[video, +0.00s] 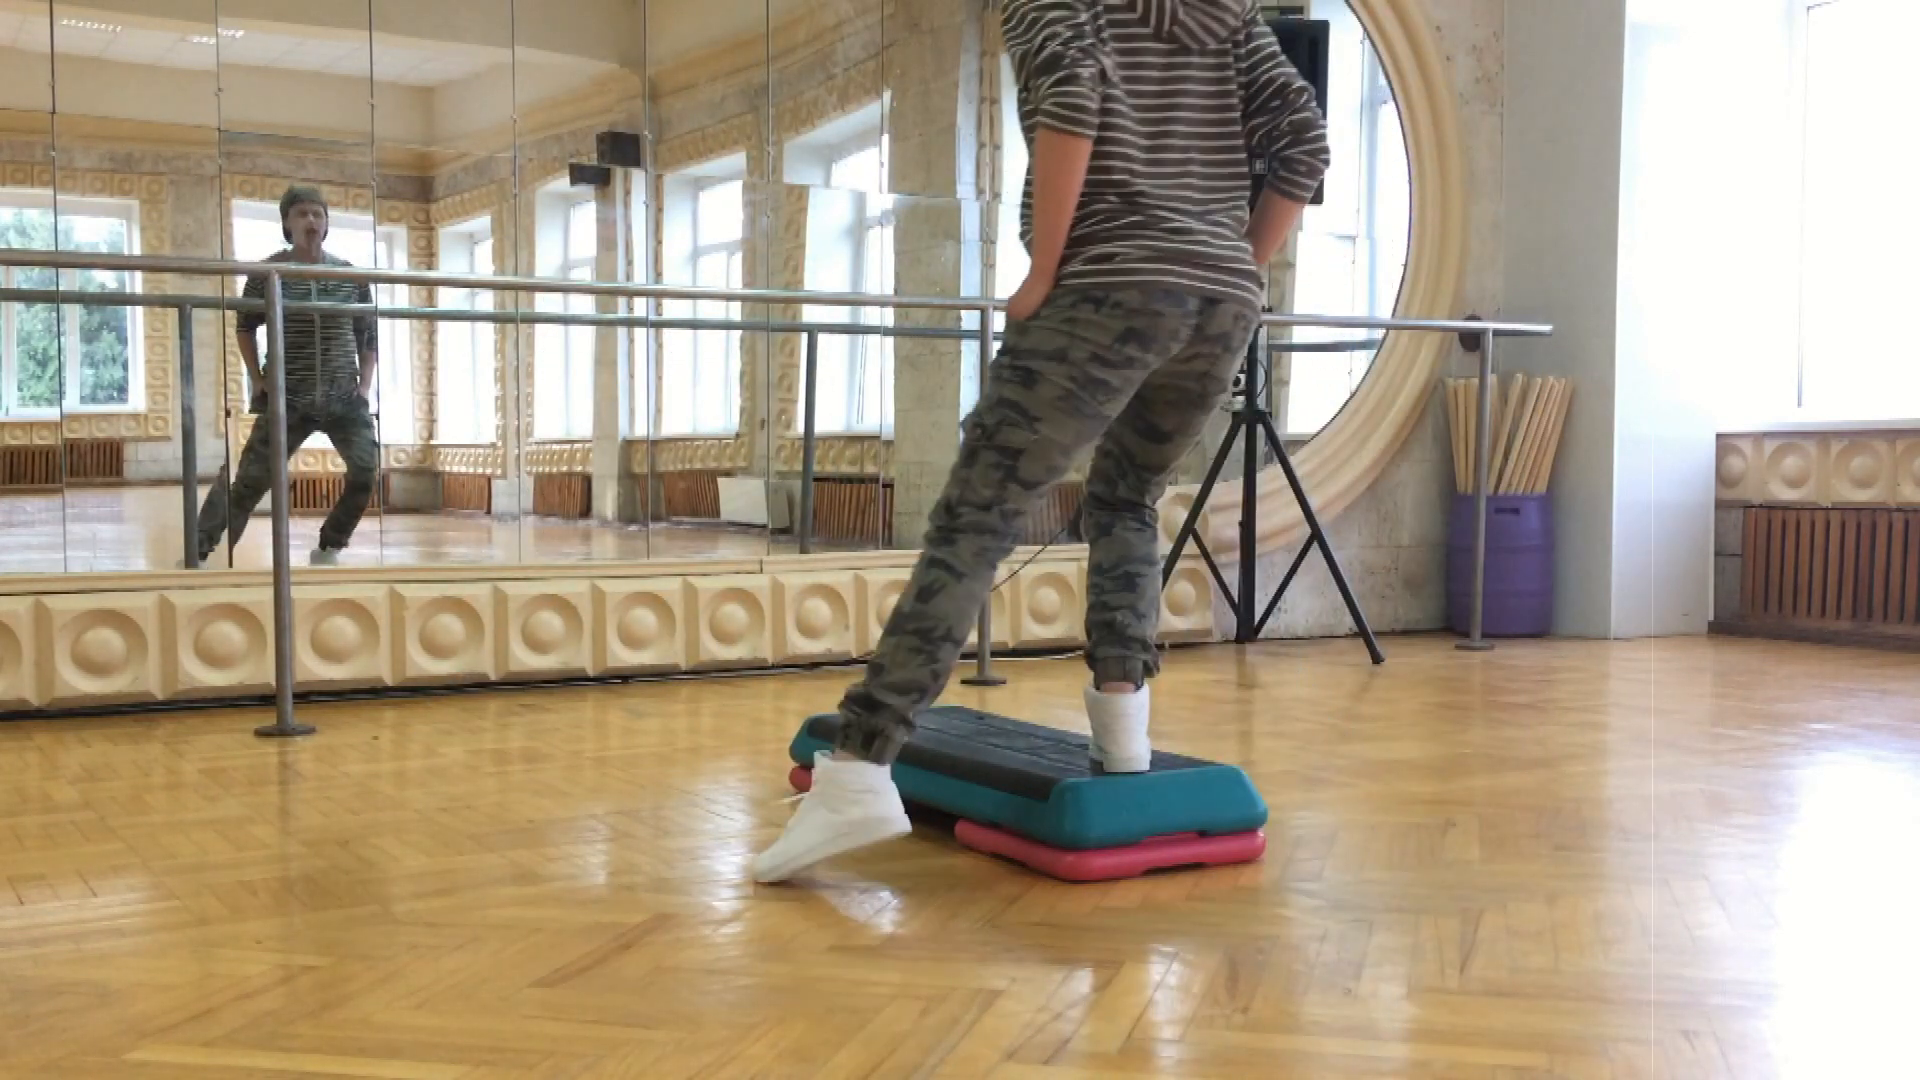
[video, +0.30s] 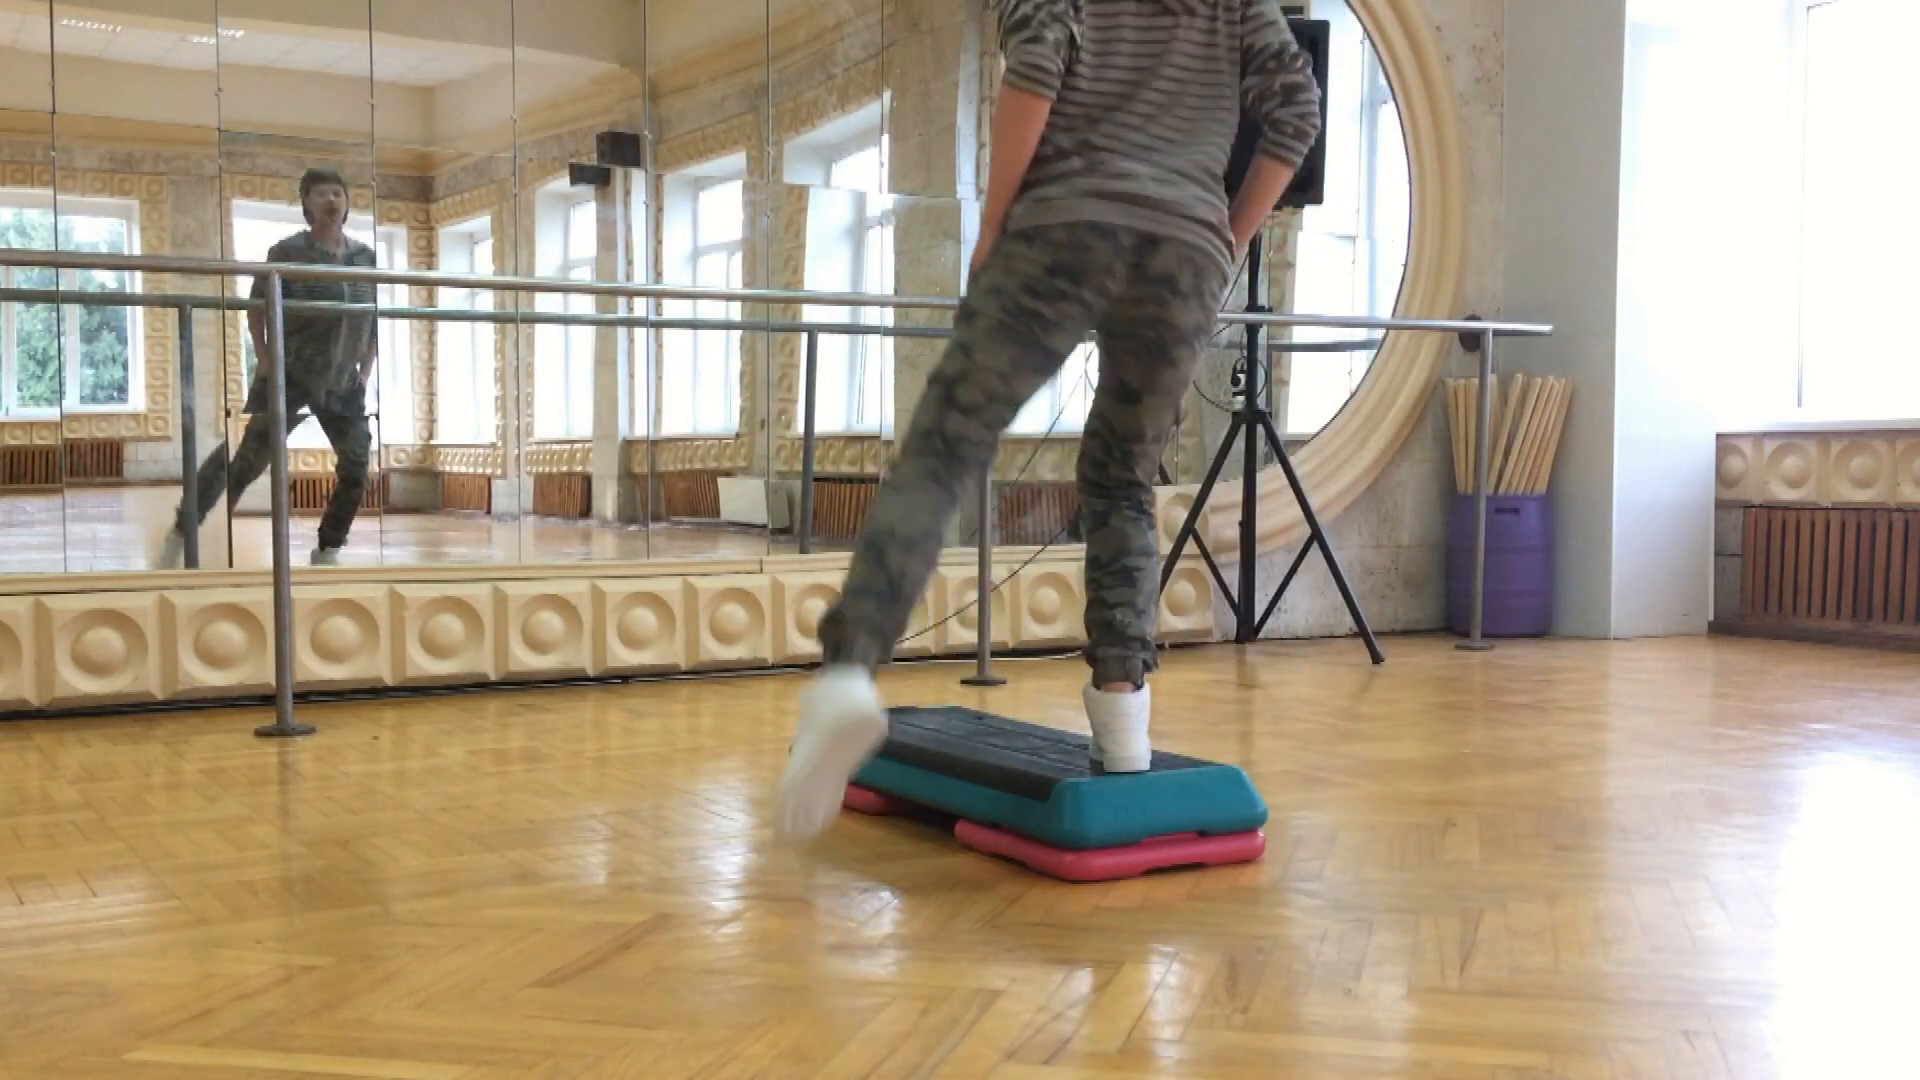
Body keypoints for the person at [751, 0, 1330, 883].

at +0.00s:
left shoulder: (1047, 6)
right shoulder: (1227, 10)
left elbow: (1071, 97)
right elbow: (1303, 142)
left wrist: (1042, 268)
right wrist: (1240, 268)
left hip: (1117, 272)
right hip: (1228, 289)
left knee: (977, 515)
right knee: (1126, 498)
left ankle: (857, 769)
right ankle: (1124, 743)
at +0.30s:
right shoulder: (1241, 6)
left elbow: (1038, 67)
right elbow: (1295, 111)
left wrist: (992, 226)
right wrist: (1231, 238)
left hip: (1070, 216)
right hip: (1192, 245)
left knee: (943, 447)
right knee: (1122, 482)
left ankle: (849, 671)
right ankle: (1122, 720)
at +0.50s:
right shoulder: (1255, 2)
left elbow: (1007, 37)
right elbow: (1298, 55)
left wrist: (982, 188)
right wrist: (1236, 205)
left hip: (1042, 159)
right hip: (1171, 186)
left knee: (918, 384)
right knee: (1149, 460)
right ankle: (1086, 702)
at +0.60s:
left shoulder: (1040, 2)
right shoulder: (1248, 4)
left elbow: (1006, 95)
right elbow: (1287, 97)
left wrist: (981, 228)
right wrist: (1230, 249)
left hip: (1038, 198)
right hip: (1168, 223)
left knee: (902, 408)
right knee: (1157, 486)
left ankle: (778, 307)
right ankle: (1082, 710)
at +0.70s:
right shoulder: (1253, 2)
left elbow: (1010, 92)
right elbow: (1284, 97)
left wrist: (984, 220)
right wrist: (1231, 242)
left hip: (1035, 199)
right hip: (1163, 222)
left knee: (903, 415)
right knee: (1160, 488)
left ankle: (769, 315)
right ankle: (1083, 711)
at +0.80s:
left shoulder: (1037, 0)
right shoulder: (1247, 4)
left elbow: (1005, 87)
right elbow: (1279, 93)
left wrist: (983, 224)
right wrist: (1231, 238)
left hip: (1034, 197)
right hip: (1163, 220)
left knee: (904, 416)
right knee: (1158, 491)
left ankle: (776, 345)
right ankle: (1083, 712)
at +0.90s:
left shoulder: (1029, 1)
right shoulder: (1235, 2)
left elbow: (997, 97)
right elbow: (1273, 90)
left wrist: (980, 226)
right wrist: (1227, 238)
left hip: (1027, 204)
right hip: (1156, 222)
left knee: (912, 432)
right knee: (1153, 491)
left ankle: (777, 374)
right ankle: (1081, 711)